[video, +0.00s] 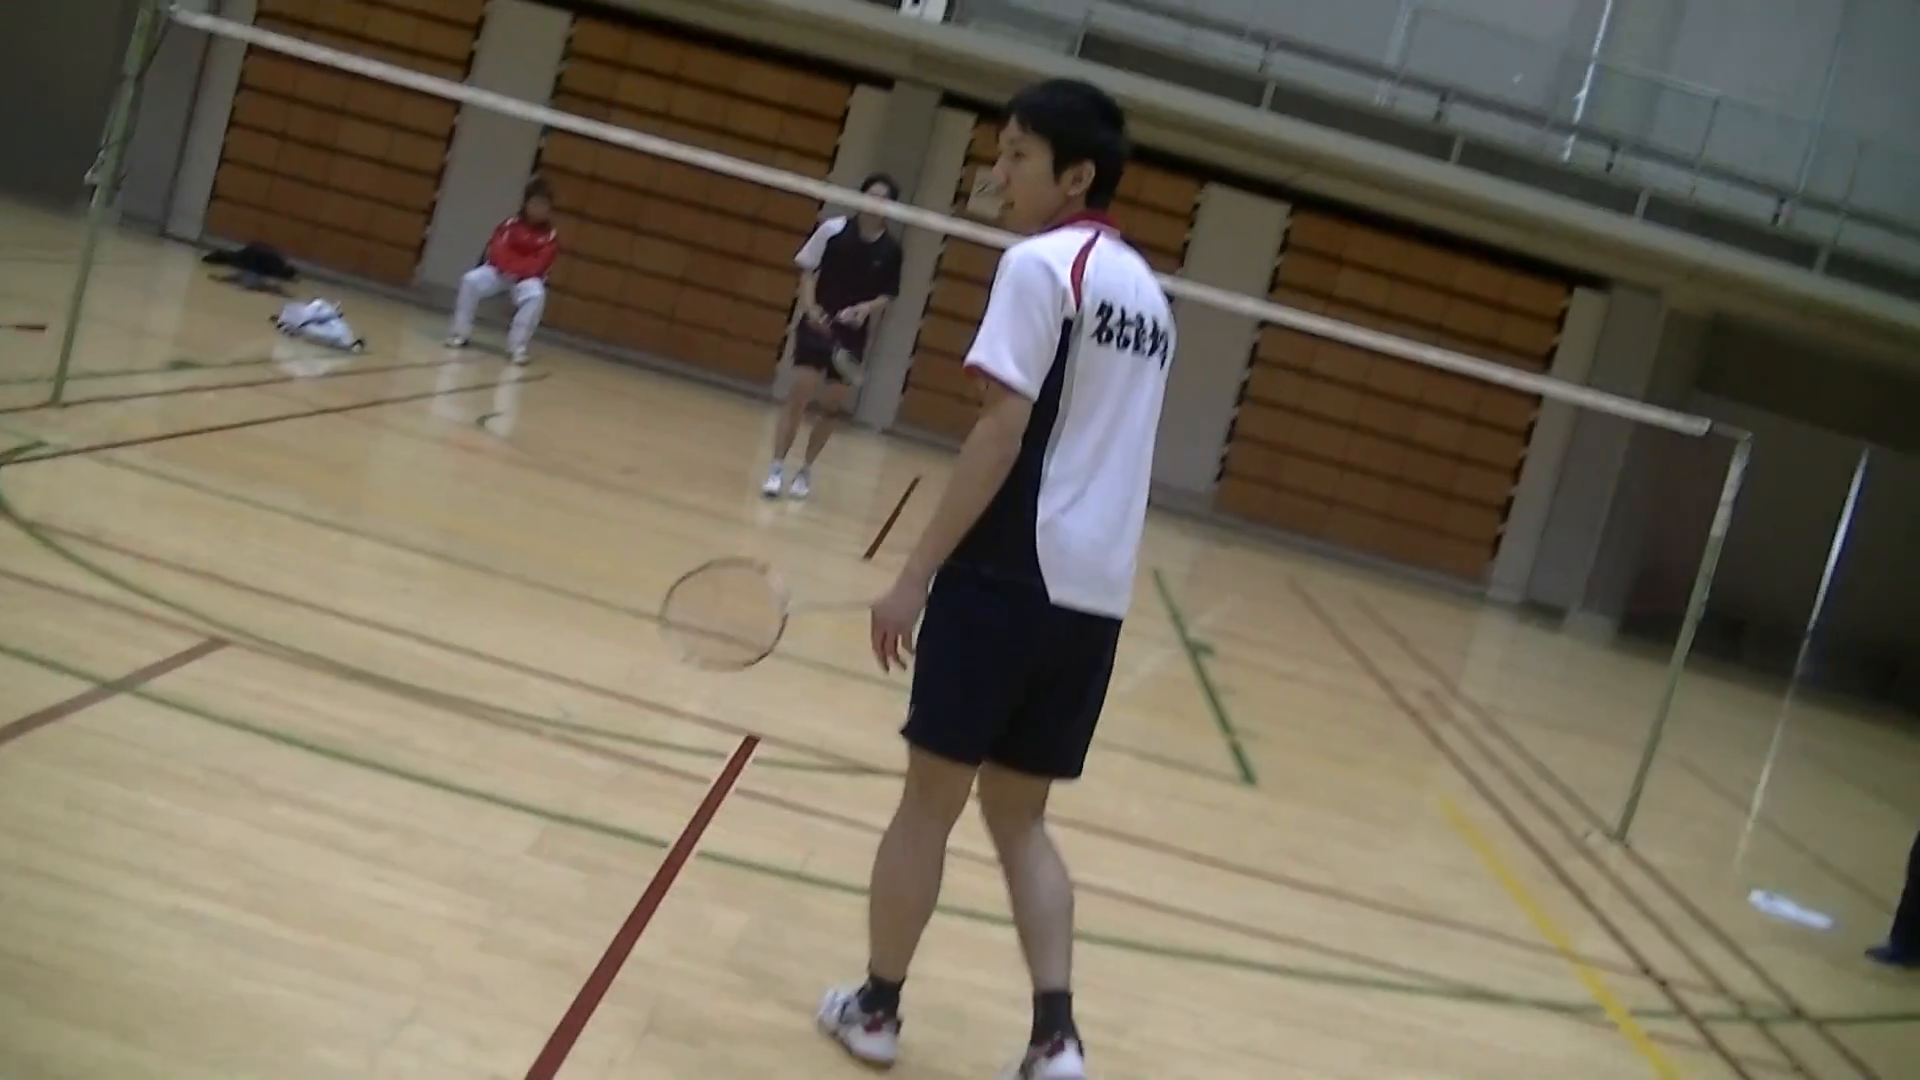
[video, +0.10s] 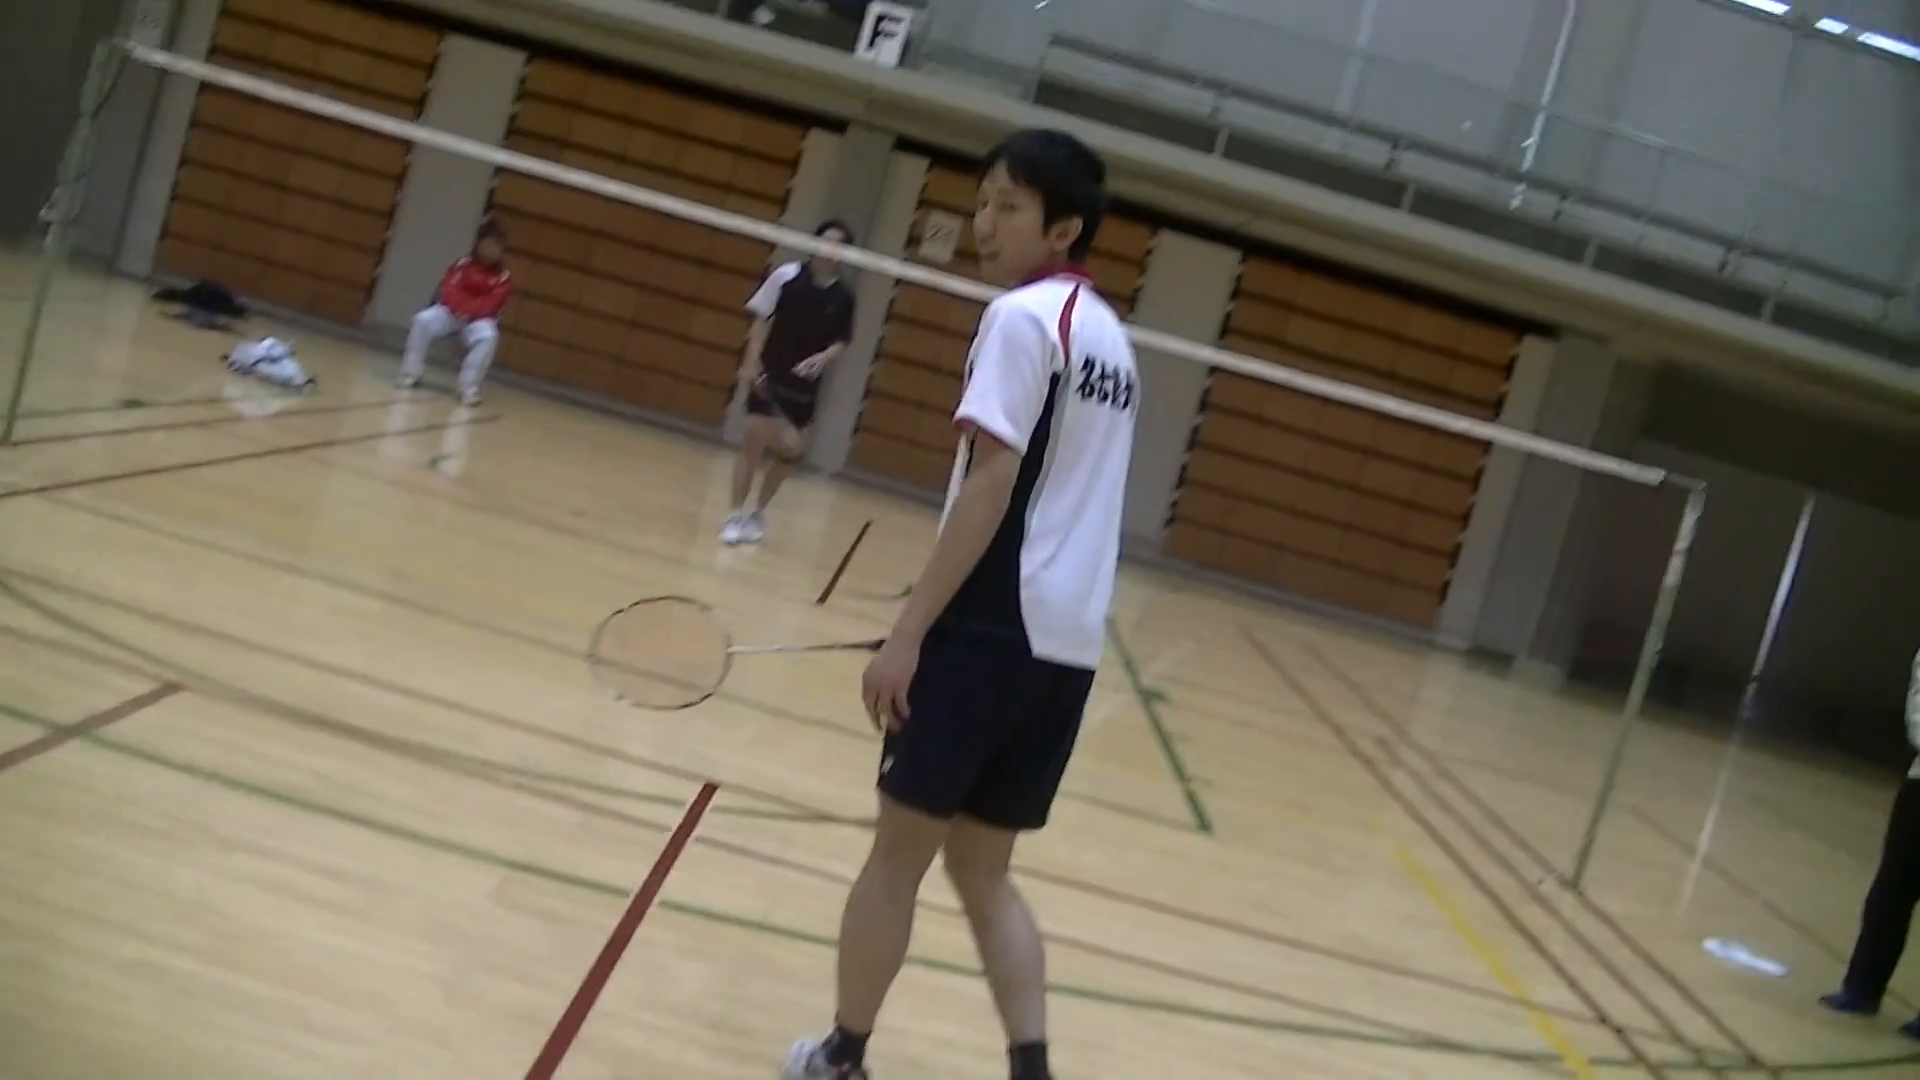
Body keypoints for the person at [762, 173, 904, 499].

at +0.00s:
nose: (875, 203)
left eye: (883, 198)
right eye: (872, 195)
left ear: (890, 207)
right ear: (861, 197)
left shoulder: (891, 250)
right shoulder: (832, 230)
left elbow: (888, 295)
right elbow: (808, 271)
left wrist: (865, 309)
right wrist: (809, 307)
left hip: (854, 330)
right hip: (818, 319)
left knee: (832, 406)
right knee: (801, 392)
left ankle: (806, 470)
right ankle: (777, 466)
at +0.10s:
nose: (830, 249)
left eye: (838, 244)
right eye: (826, 240)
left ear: (845, 253)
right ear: (815, 242)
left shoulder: (843, 296)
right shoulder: (787, 276)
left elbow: (843, 339)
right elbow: (761, 320)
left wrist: (823, 359)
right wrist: (751, 362)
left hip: (804, 379)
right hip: (770, 369)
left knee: (790, 449)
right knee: (755, 440)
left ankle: (758, 514)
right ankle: (736, 514)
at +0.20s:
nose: (768, 292)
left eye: (776, 287)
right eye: (765, 283)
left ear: (784, 296)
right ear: (753, 286)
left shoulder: (784, 339)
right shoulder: (725, 322)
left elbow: (783, 382)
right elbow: (700, 368)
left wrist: (767, 404)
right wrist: (686, 413)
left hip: (748, 429)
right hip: (712, 419)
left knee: (729, 502)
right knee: (697, 491)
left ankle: (702, 560)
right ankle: (680, 562)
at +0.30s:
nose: (717, 329)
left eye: (724, 325)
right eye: (712, 322)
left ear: (732, 334)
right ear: (700, 326)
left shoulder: (736, 375)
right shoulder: (675, 362)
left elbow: (737, 420)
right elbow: (649, 407)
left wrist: (723, 442)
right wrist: (634, 451)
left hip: (705, 467)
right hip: (669, 459)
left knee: (690, 540)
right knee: (656, 532)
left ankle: (666, 603)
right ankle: (641, 606)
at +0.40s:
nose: (684, 361)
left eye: (691, 356)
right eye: (679, 354)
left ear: (701, 364)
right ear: (668, 360)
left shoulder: (710, 408)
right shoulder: (648, 400)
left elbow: (714, 452)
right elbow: (626, 449)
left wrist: (702, 475)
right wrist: (610, 495)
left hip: (686, 504)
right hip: (648, 499)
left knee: (676, 574)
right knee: (640, 568)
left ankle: (656, 639)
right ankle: (630, 644)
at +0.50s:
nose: (669, 381)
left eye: (675, 376)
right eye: (663, 375)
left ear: (685, 385)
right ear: (653, 382)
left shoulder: (699, 426)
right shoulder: (637, 423)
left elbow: (707, 468)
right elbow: (620, 476)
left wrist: (695, 491)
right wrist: (607, 523)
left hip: (682, 525)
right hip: (644, 522)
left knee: (676, 598)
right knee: (639, 595)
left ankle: (660, 660)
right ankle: (634, 668)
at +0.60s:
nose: (643, 403)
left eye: (648, 396)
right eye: (636, 396)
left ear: (657, 402)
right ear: (625, 403)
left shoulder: (673, 442)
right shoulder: (611, 446)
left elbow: (685, 484)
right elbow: (598, 501)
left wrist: (672, 505)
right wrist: (595, 548)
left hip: (663, 540)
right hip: (626, 540)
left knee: (662, 612)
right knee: (625, 611)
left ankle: (646, 677)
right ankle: (621, 688)